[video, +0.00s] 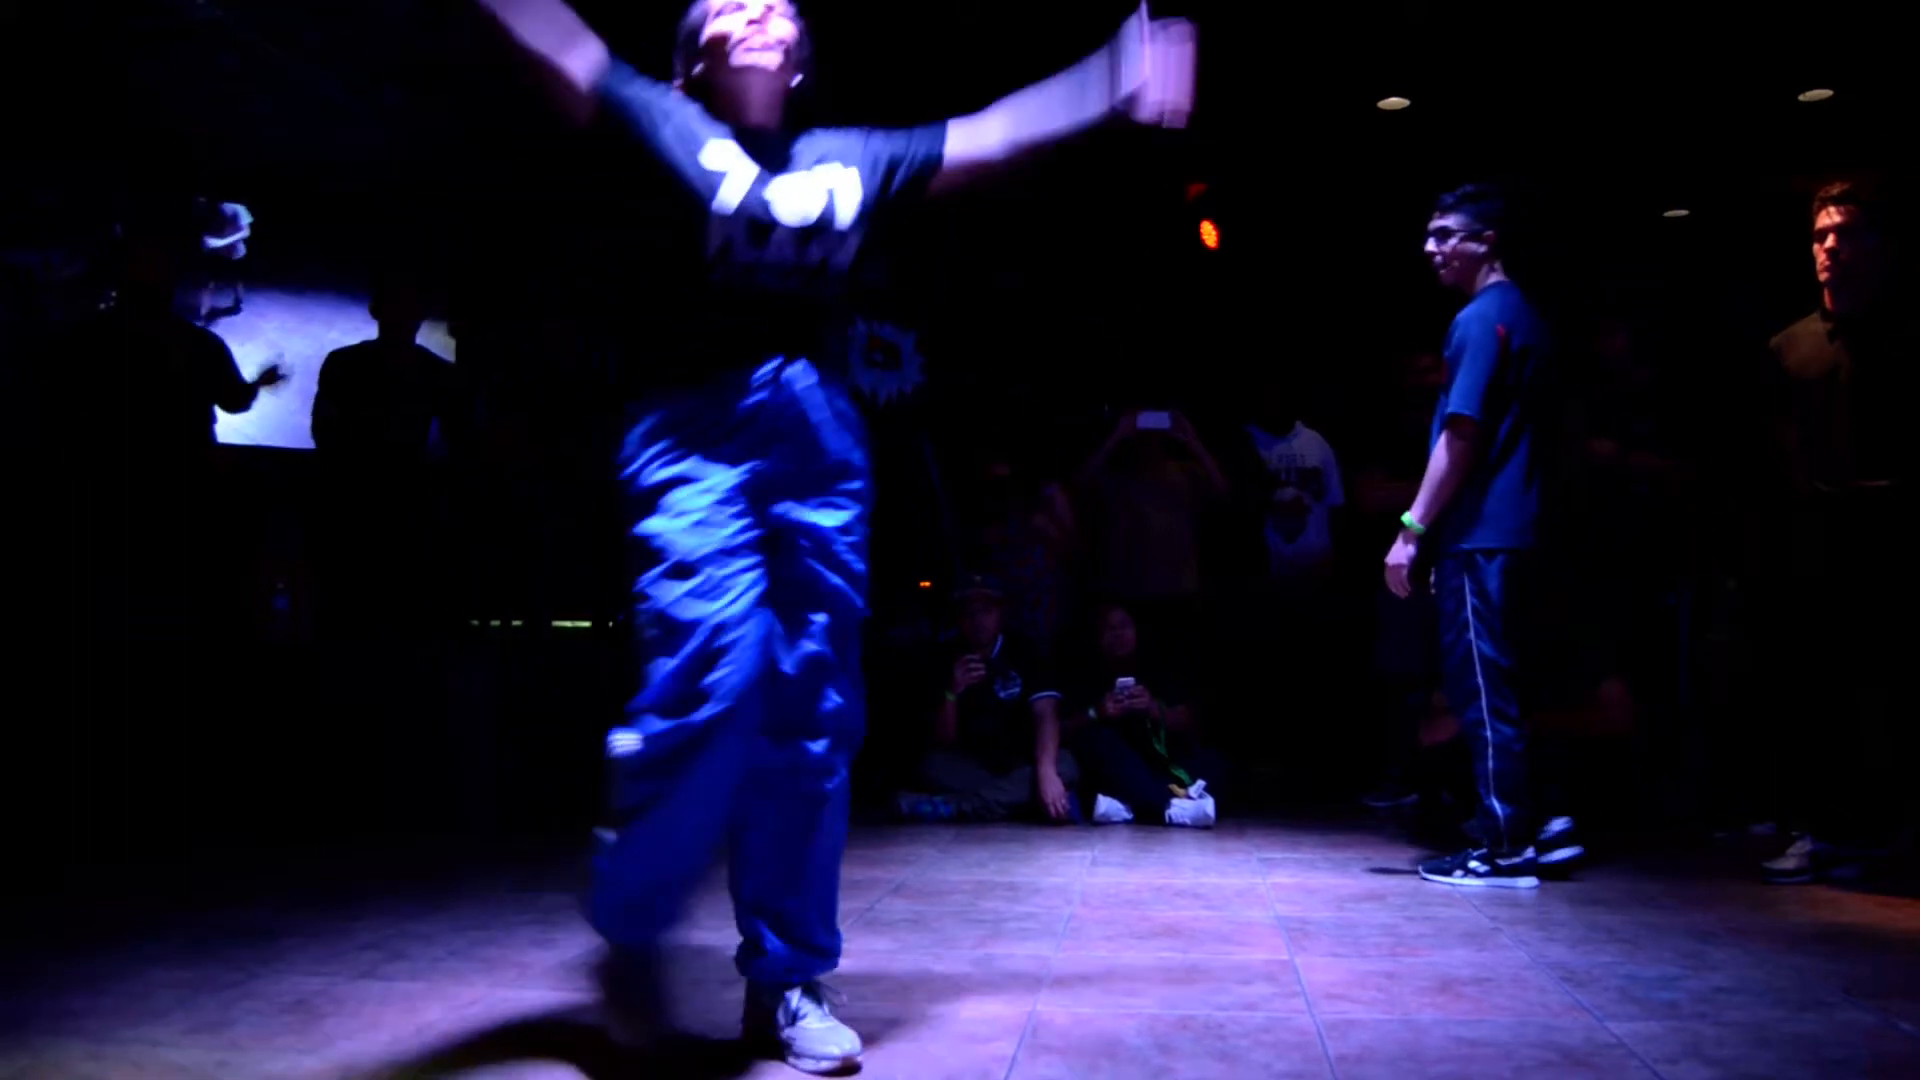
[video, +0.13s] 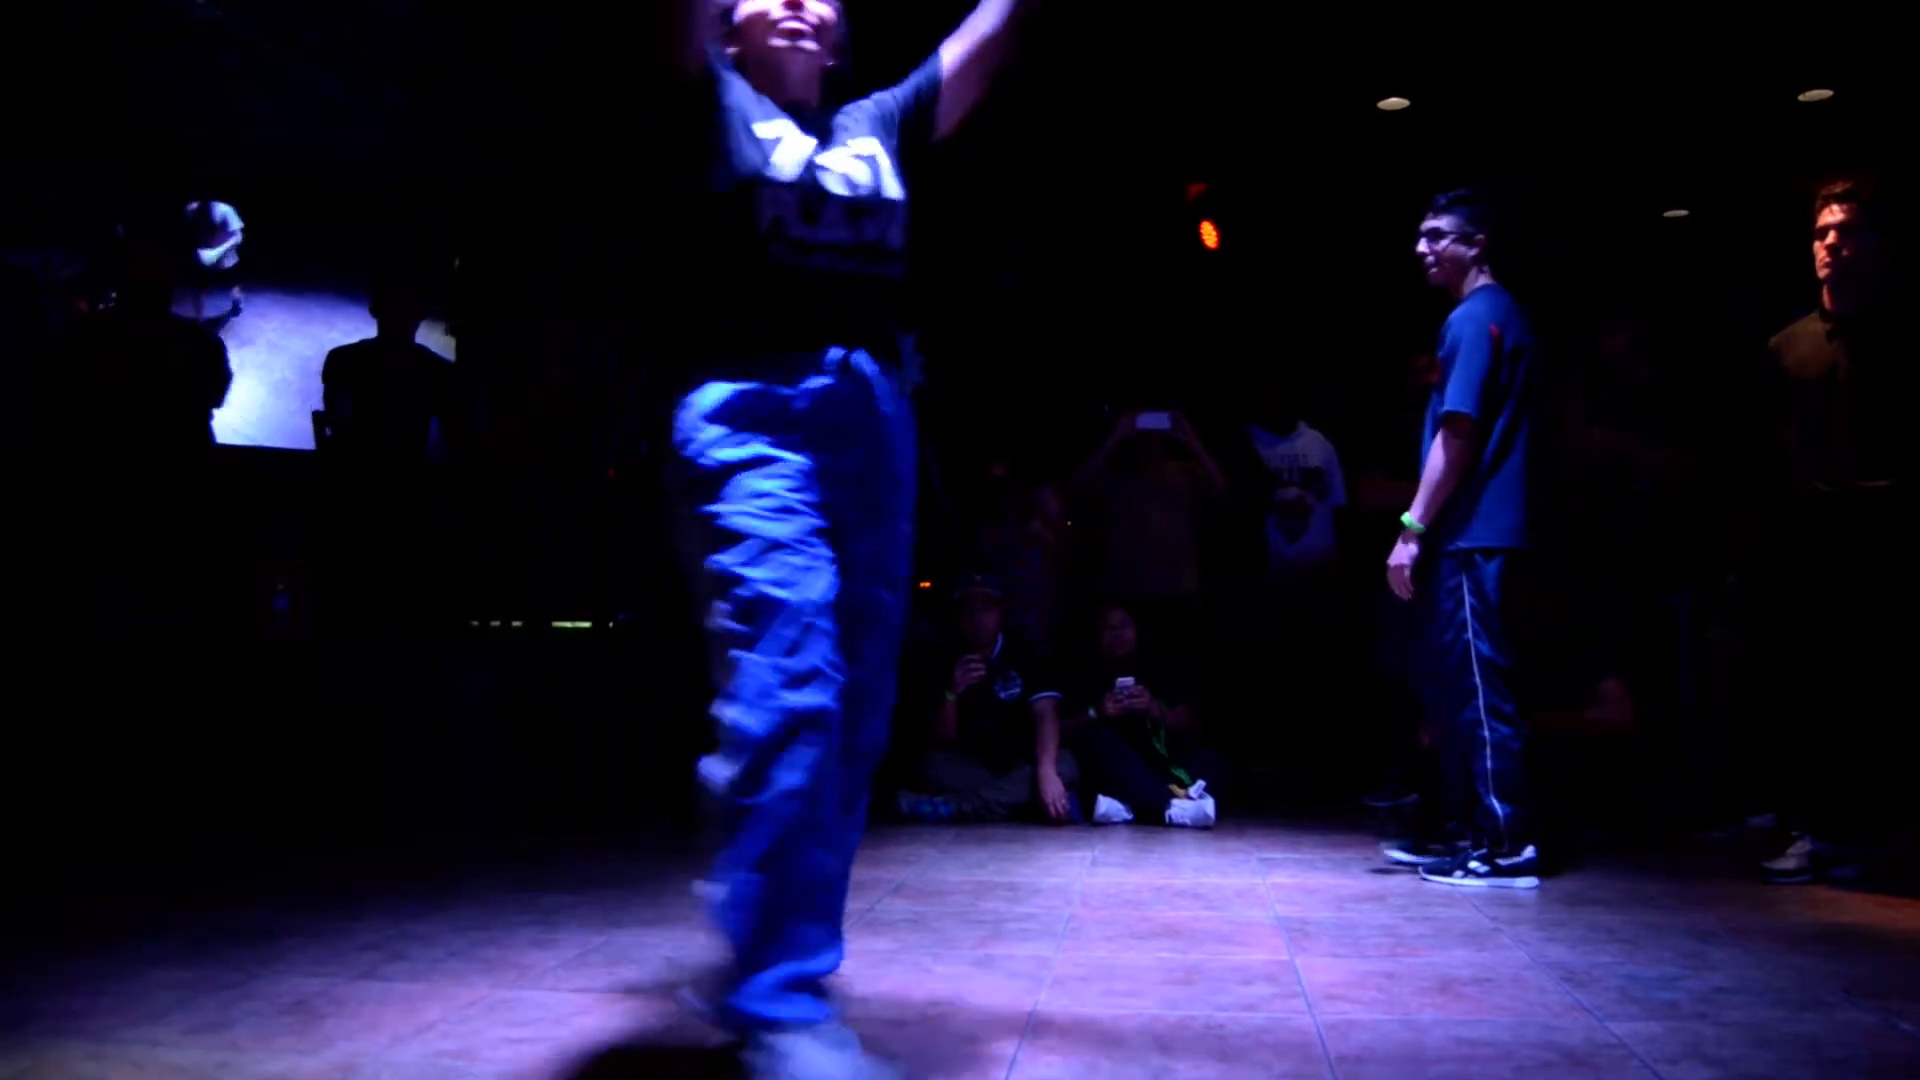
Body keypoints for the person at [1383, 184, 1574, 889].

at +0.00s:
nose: (1435, 249)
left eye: (1448, 236)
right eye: (1433, 237)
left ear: (1486, 243)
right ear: (1470, 248)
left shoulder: (1485, 317)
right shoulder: (1511, 311)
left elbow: (1461, 437)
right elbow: (1479, 436)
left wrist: (1411, 529)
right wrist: (1429, 529)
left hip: (1484, 530)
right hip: (1507, 525)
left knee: (1481, 685)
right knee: (1496, 680)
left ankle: (1501, 843)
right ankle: (1540, 820)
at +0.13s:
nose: (1424, 248)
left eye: (1438, 237)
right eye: (1423, 237)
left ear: (1475, 245)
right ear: (1456, 250)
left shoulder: (1477, 317)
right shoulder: (1490, 314)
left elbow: (1460, 436)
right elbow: (1466, 436)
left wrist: (1412, 528)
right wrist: (1423, 526)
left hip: (1472, 533)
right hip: (1475, 531)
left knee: (1475, 685)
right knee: (1460, 683)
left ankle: (1499, 842)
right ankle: (1471, 830)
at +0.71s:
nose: (1388, 266)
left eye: (1402, 255)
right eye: (1384, 256)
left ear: (1433, 265)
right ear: (1382, 269)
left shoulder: (1460, 337)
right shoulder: (1393, 351)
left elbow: (1474, 442)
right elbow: (1378, 467)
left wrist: (1457, 534)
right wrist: (1353, 554)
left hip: (1438, 543)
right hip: (1389, 549)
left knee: (1456, 694)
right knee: (1407, 694)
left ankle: (1503, 837)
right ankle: (1422, 827)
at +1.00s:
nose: (1383, 274)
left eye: (1396, 263)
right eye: (1376, 264)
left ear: (1423, 273)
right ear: (1365, 275)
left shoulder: (1456, 348)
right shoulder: (1355, 361)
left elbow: (1481, 446)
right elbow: (1340, 459)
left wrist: (1475, 534)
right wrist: (1349, 540)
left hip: (1443, 543)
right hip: (1378, 548)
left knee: (1469, 684)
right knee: (1402, 685)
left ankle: (1497, 828)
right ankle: (1417, 829)